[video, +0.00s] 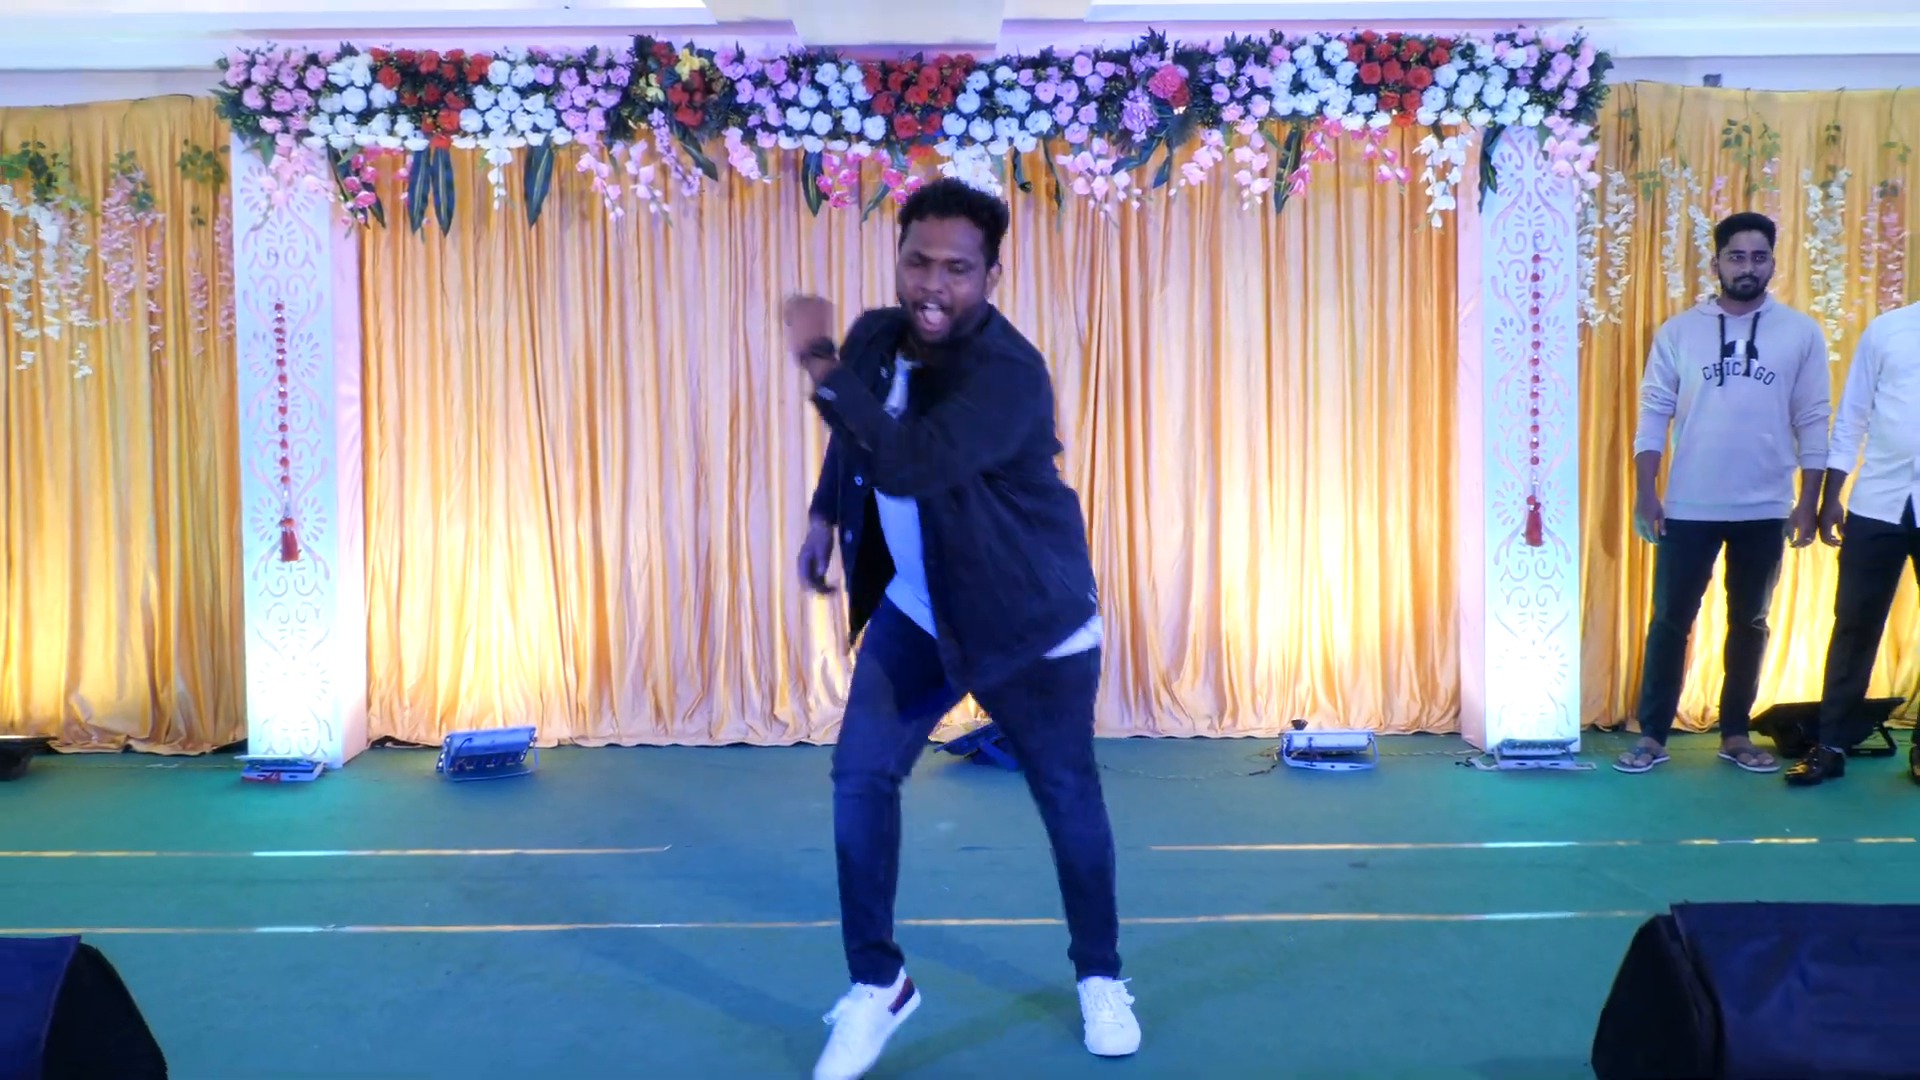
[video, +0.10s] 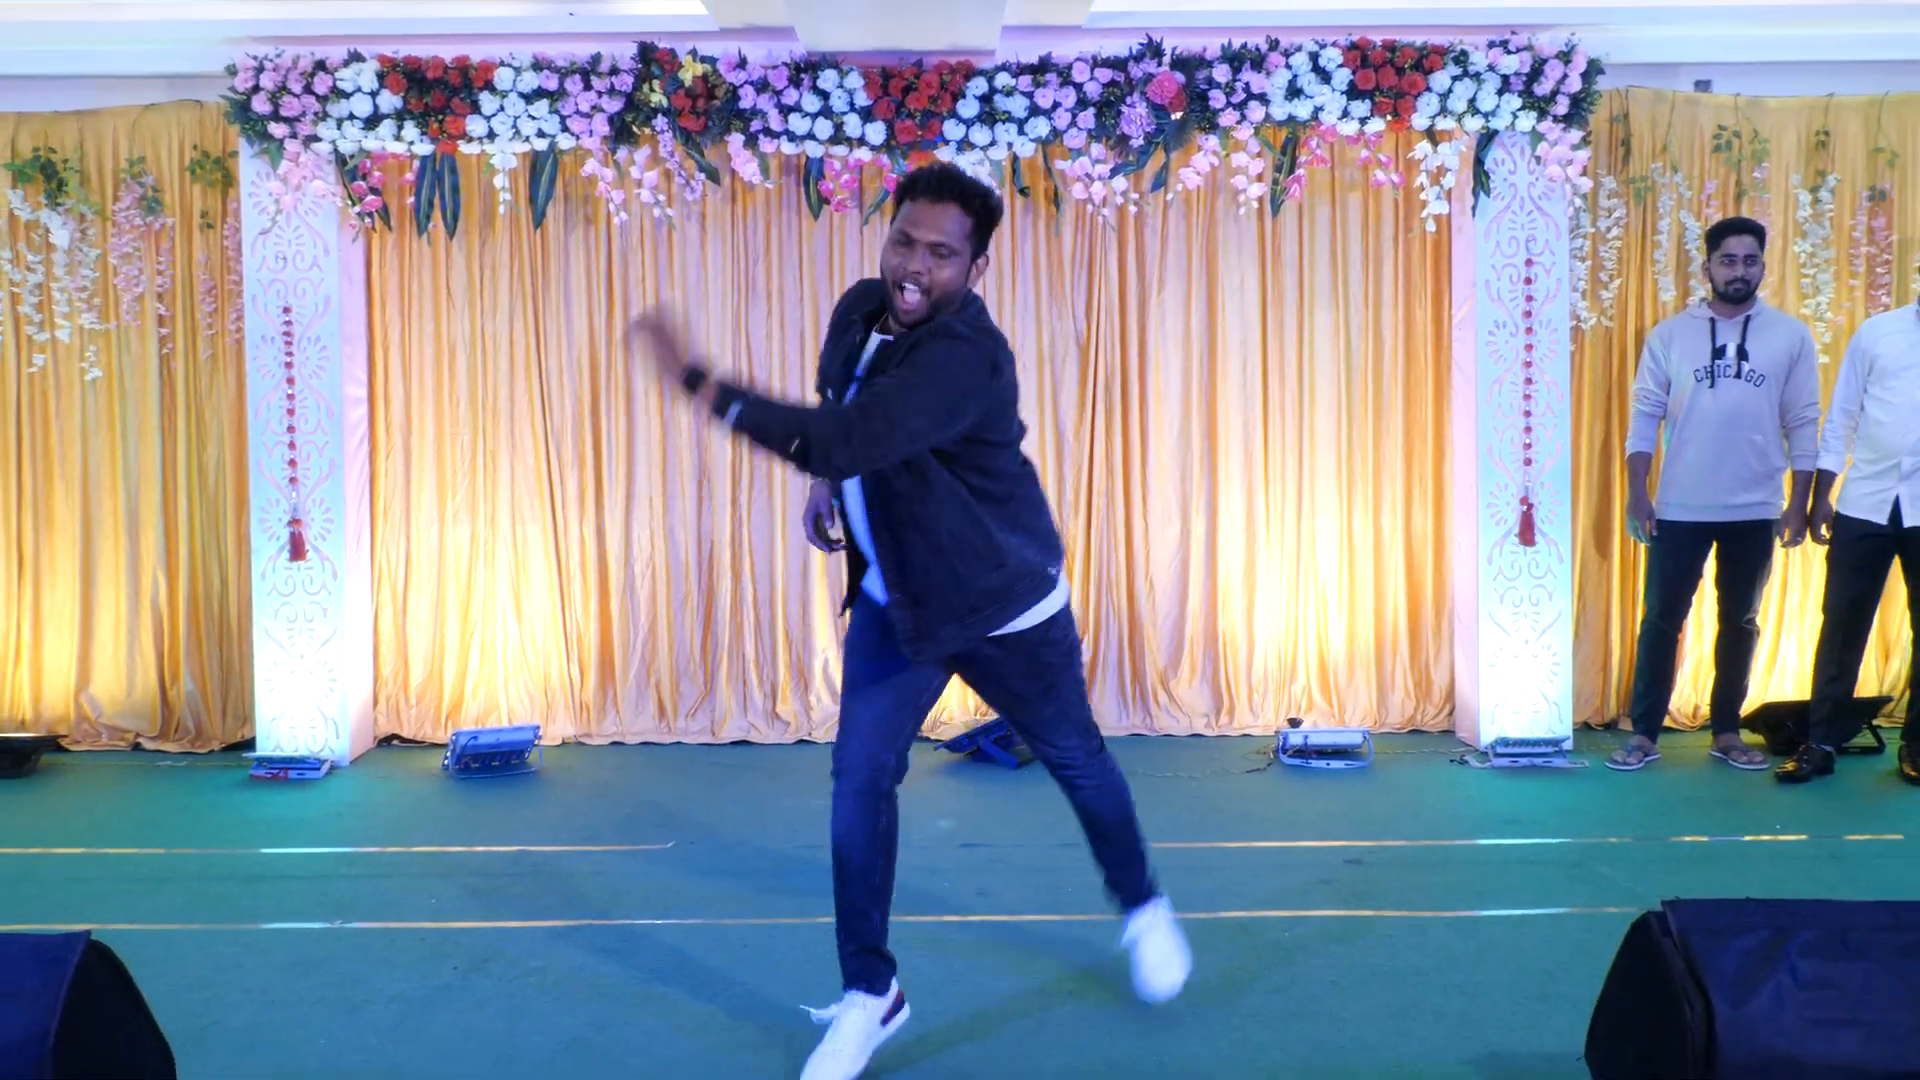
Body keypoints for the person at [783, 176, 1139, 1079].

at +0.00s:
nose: (934, 285)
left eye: (958, 269)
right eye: (919, 261)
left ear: (991, 277)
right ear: (896, 263)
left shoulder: (1010, 376)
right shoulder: (872, 339)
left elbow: (914, 461)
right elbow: (852, 446)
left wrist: (825, 375)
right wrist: (825, 516)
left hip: (1031, 626)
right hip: (917, 615)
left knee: (1067, 793)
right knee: (862, 776)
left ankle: (1100, 975)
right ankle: (877, 982)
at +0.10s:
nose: (912, 265)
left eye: (939, 253)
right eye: (903, 242)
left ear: (975, 266)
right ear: (885, 236)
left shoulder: (966, 355)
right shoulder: (857, 313)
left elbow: (840, 444)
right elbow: (839, 407)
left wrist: (708, 387)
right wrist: (832, 482)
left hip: (1006, 603)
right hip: (895, 604)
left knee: (1074, 759)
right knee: (861, 778)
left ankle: (1142, 907)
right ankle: (868, 987)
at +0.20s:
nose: (917, 302)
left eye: (941, 289)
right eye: (906, 277)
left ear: (977, 300)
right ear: (887, 271)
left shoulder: (944, 385)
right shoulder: (883, 341)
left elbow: (874, 525)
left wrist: (746, 610)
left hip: (964, 638)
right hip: (860, 644)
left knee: (1066, 758)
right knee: (839, 831)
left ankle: (1174, 724)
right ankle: (883, 1020)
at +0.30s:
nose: (907, 340)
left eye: (932, 323)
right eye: (896, 318)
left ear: (971, 330)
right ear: (879, 314)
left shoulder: (971, 443)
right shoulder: (875, 373)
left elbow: (986, 595)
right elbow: (859, 459)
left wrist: (964, 719)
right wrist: (797, 429)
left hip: (920, 680)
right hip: (828, 676)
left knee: (1046, 806)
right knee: (800, 848)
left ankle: (1100, 633)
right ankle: (878, 1018)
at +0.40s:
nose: (918, 378)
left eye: (937, 358)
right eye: (899, 358)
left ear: (971, 342)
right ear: (875, 339)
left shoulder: (1009, 444)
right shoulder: (839, 359)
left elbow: (1075, 534)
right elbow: (752, 354)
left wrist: (1106, 639)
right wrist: (746, 306)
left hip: (921, 684)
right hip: (810, 680)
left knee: (973, 858)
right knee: (801, 857)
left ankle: (1031, 680)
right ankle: (881, 1020)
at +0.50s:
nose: (949, 403)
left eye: (960, 382)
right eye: (927, 389)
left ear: (977, 347)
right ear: (884, 358)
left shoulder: (1006, 390)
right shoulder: (823, 343)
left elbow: (1063, 464)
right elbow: (707, 274)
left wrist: (1103, 546)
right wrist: (773, 211)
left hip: (918, 633)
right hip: (809, 644)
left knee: (913, 803)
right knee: (815, 848)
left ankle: (1006, 810)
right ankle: (878, 1020)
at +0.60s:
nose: (971, 391)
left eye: (983, 372)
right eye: (948, 381)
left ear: (996, 336)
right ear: (905, 350)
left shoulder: (1005, 359)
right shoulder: (842, 338)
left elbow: (1024, 449)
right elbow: (736, 281)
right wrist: (843, 203)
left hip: (924, 593)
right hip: (809, 609)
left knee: (921, 752)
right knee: (826, 820)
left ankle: (955, 889)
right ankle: (870, 1015)